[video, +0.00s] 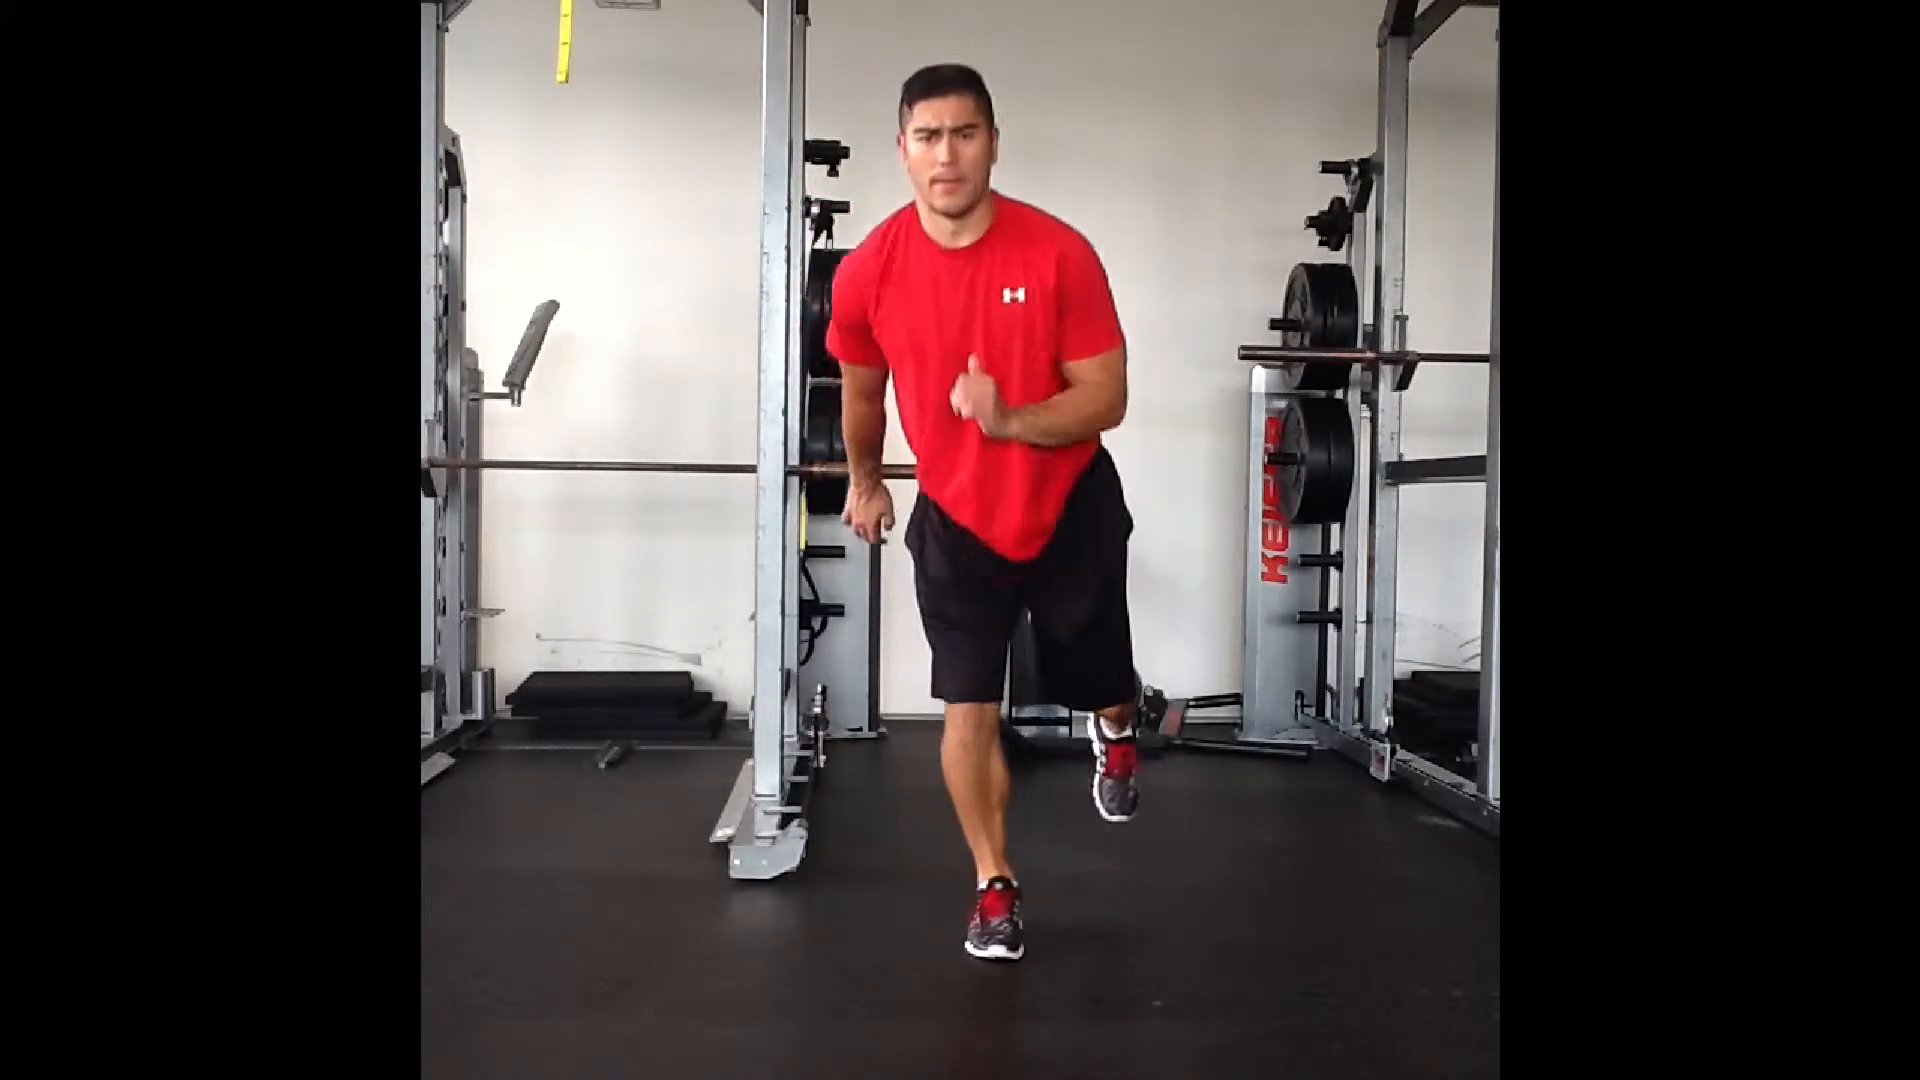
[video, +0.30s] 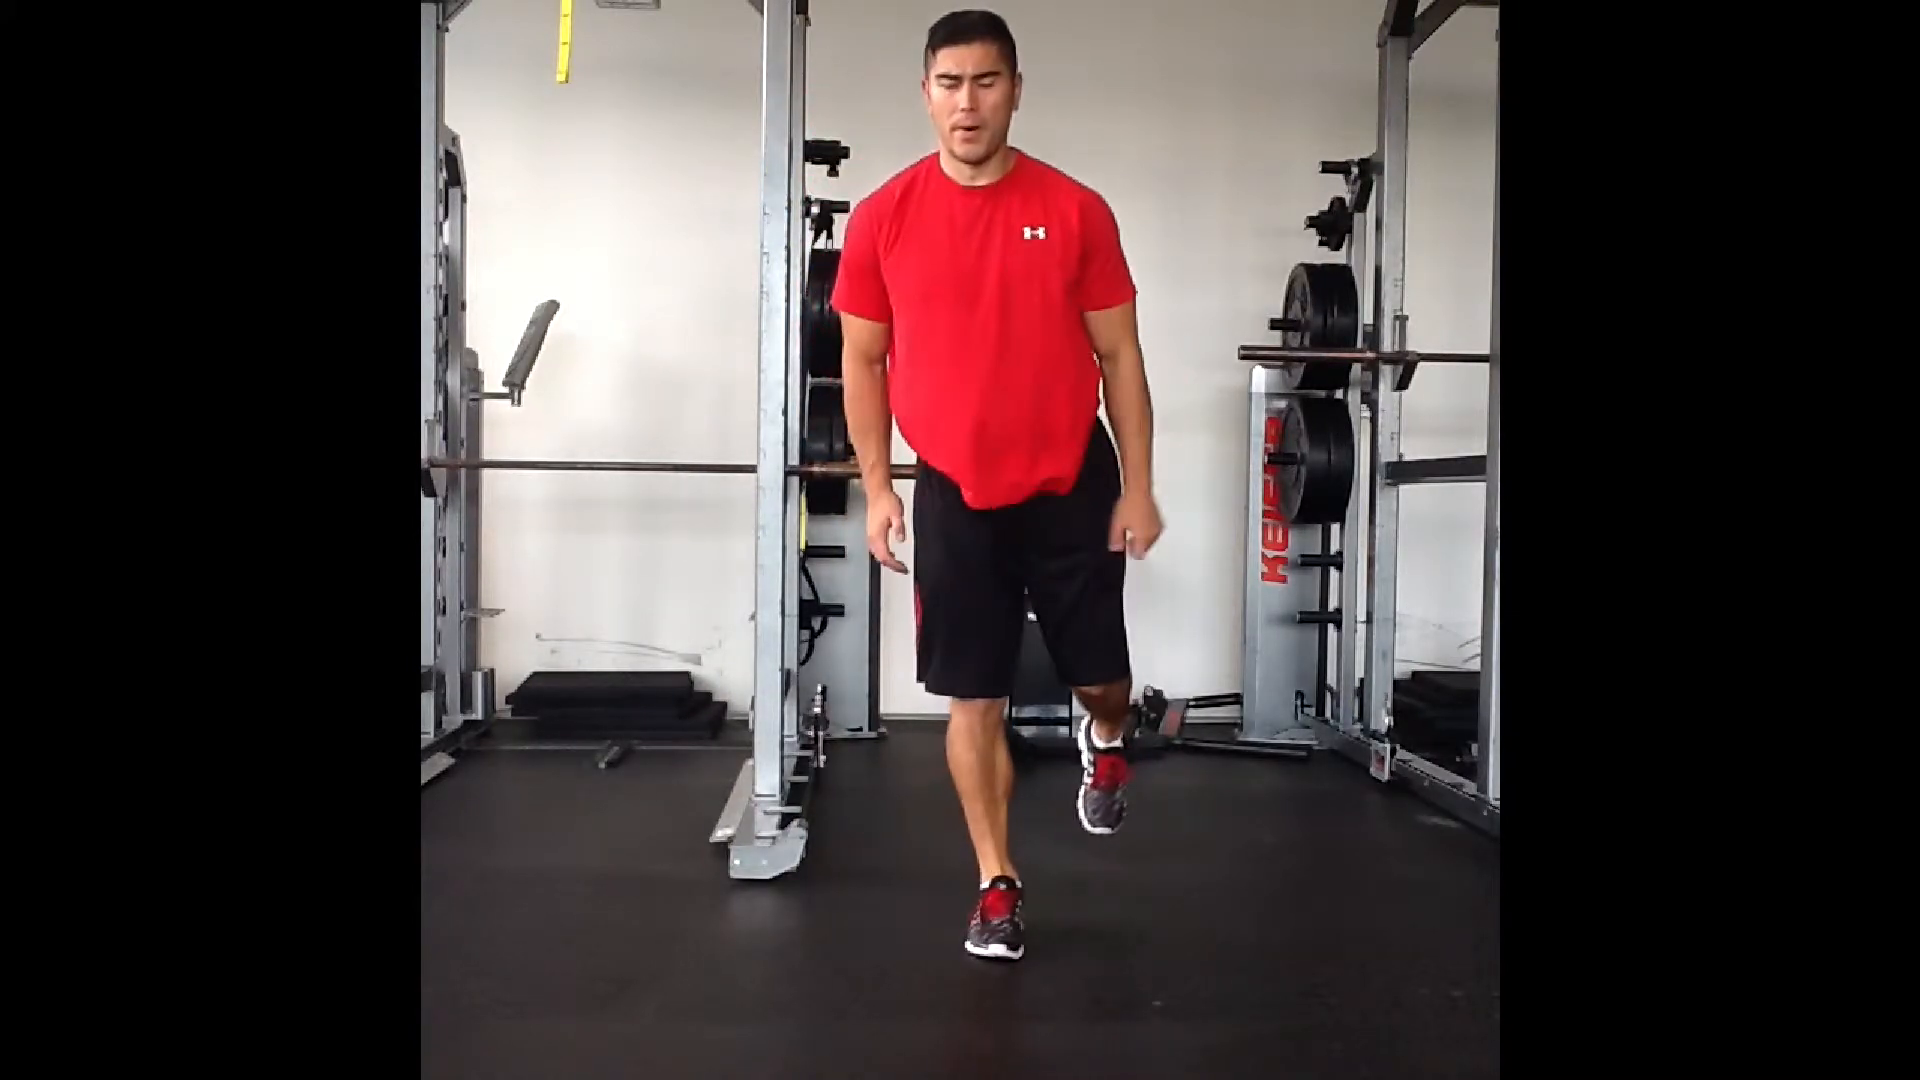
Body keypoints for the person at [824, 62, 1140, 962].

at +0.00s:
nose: (946, 155)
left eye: (964, 134)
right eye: (928, 136)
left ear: (993, 145)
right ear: (902, 150)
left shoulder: (1060, 254)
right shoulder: (869, 273)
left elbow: (1105, 397)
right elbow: (862, 387)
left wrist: (1010, 419)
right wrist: (864, 477)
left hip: (1071, 504)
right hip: (956, 513)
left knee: (1100, 680)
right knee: (968, 704)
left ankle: (1114, 733)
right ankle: (993, 885)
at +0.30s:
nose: (966, 101)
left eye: (985, 82)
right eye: (949, 83)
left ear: (1015, 93)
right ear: (926, 95)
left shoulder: (1075, 210)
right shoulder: (881, 219)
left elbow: (1119, 352)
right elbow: (861, 359)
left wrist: (1138, 485)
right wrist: (876, 487)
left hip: (1068, 483)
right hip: (952, 491)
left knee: (1098, 679)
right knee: (972, 695)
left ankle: (1107, 750)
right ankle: (994, 883)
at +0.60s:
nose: (983, 93)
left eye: (1001, 75)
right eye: (966, 75)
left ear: (1029, 88)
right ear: (942, 88)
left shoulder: (1085, 210)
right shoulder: (891, 213)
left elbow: (1124, 345)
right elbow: (863, 352)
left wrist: (1147, 465)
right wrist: (883, 460)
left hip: (1065, 485)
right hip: (949, 490)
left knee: (1077, 678)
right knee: (970, 692)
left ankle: (1077, 767)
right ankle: (994, 880)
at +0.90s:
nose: (1041, 176)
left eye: (1057, 158)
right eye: (1025, 160)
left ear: (1082, 152)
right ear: (1005, 160)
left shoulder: (1133, 253)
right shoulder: (966, 256)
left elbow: (1160, 373)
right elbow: (941, 377)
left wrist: (1165, 490)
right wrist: (940, 486)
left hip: (1111, 495)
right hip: (1012, 496)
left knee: (1103, 667)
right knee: (1018, 672)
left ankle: (1099, 819)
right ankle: (1024, 840)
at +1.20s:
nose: (1033, 167)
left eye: (1048, 149)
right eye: (1017, 151)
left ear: (1074, 147)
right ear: (997, 153)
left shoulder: (1128, 250)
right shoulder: (960, 252)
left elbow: (1155, 372)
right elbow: (938, 376)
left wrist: (1155, 490)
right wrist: (949, 487)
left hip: (1106, 496)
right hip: (1006, 497)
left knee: (1105, 669)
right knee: (1015, 673)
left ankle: (1102, 817)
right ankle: (1026, 839)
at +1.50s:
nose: (1026, 150)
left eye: (1041, 133)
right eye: (1010, 135)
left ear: (1066, 139)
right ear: (990, 144)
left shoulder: (1118, 247)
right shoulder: (949, 249)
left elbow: (1146, 371)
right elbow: (920, 374)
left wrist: (1149, 488)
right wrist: (913, 490)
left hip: (1099, 490)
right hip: (998, 491)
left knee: (1105, 664)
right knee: (1008, 672)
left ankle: (1088, 745)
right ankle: (1024, 842)